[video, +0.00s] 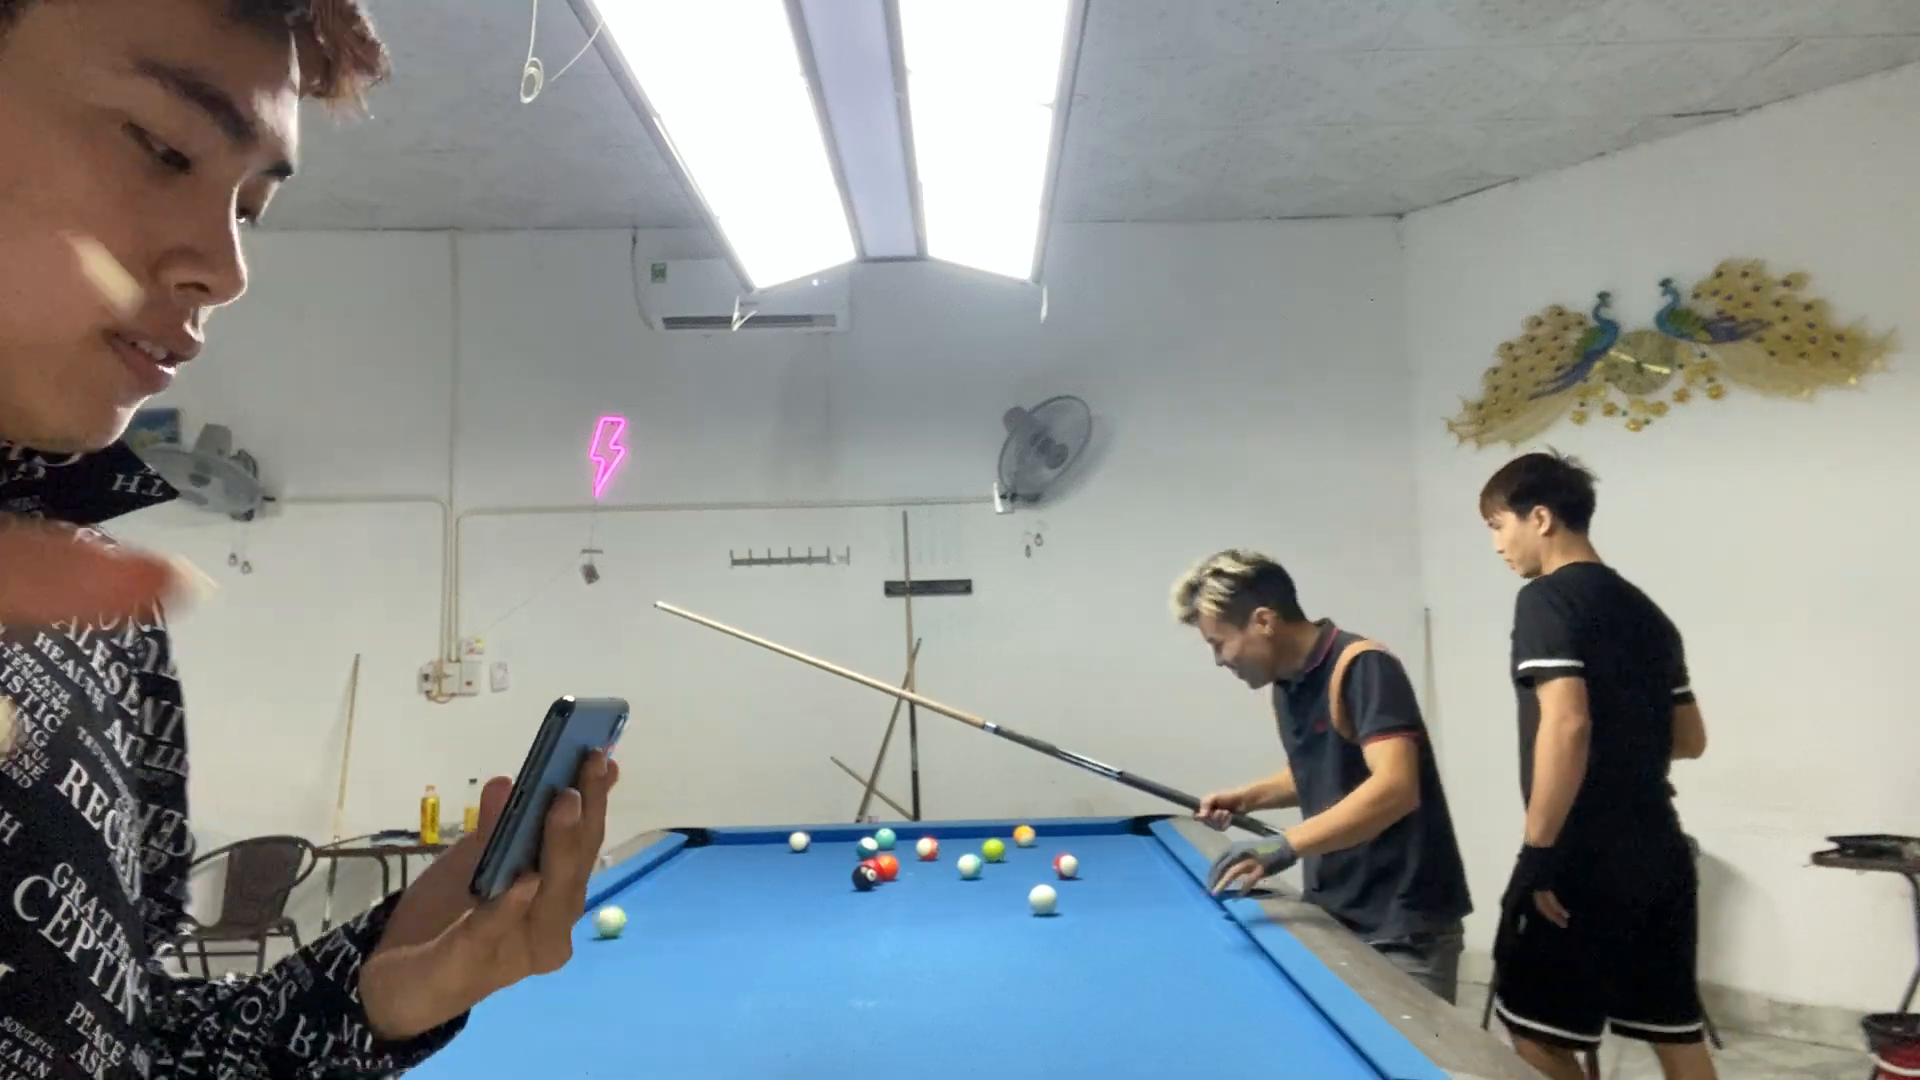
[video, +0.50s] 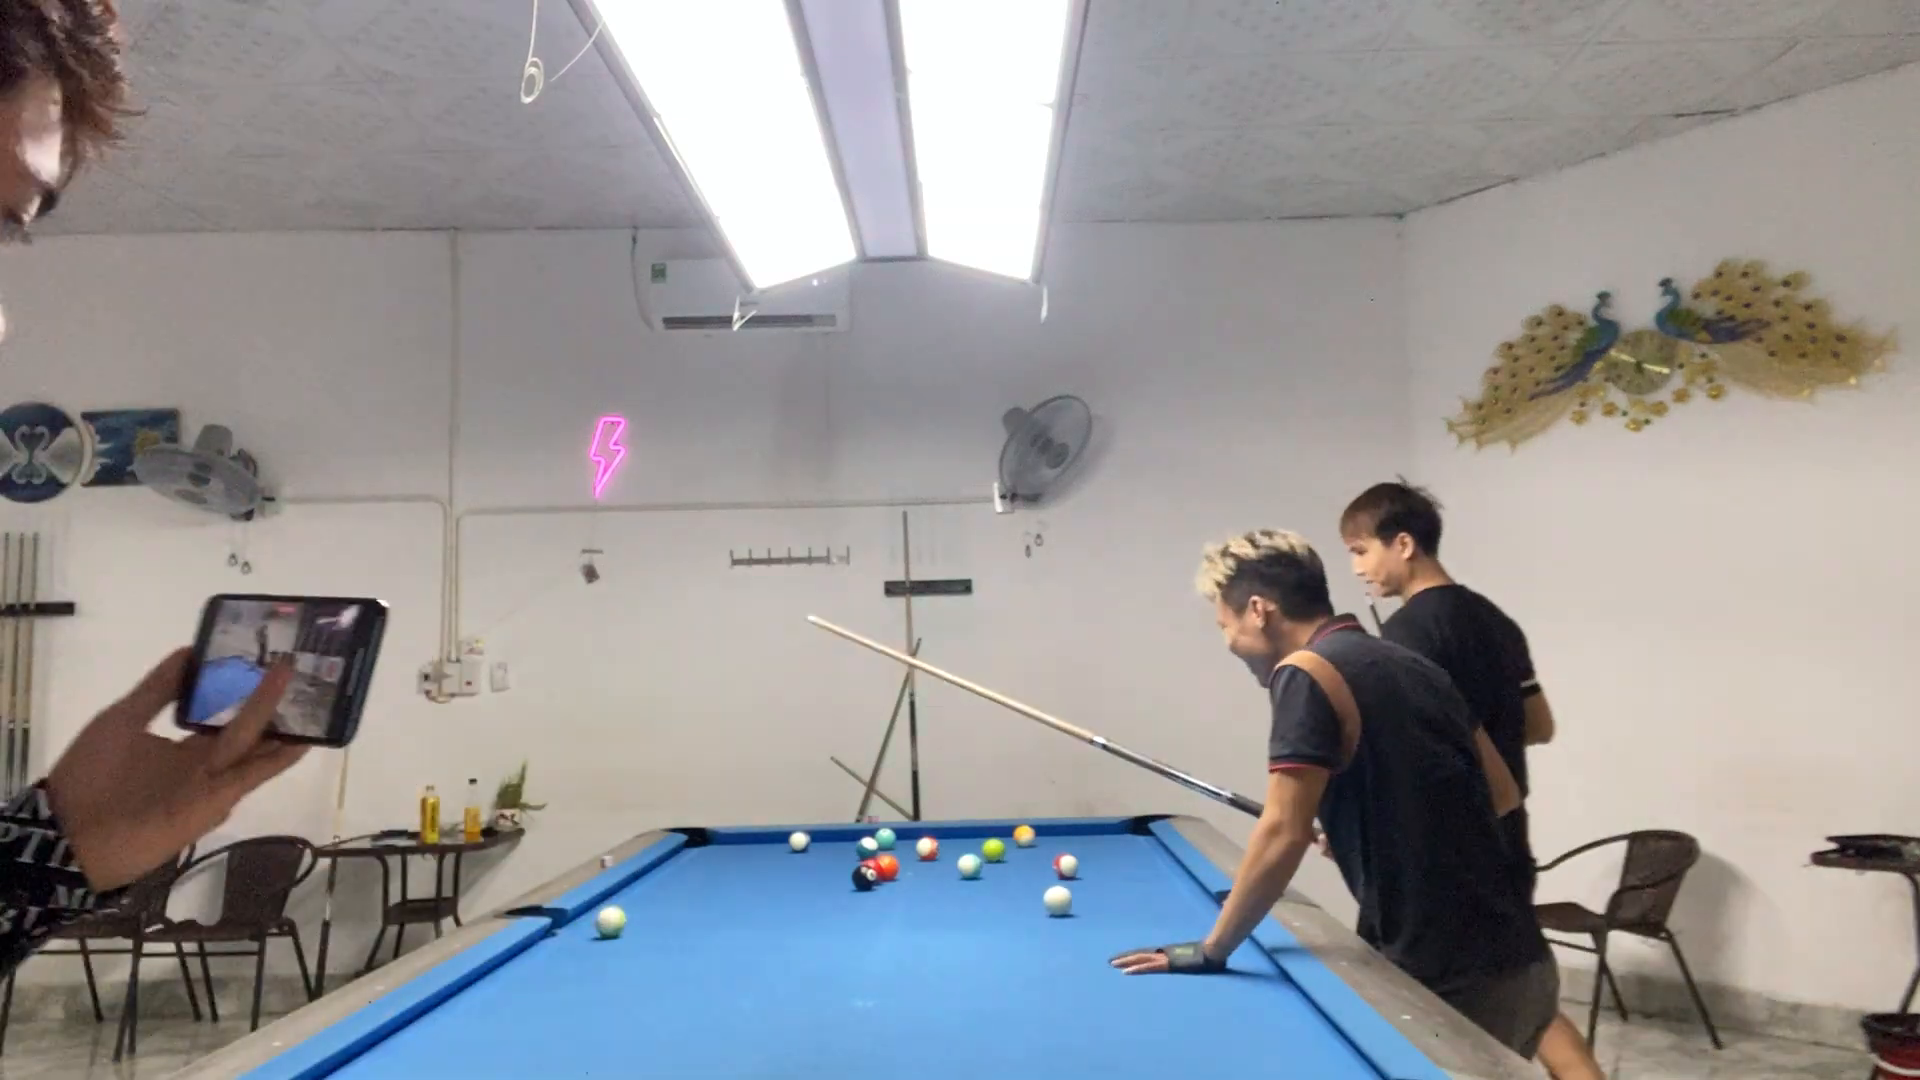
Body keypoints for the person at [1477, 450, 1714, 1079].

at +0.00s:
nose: (1496, 545)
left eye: (1498, 526)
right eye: (1491, 530)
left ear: (1542, 517)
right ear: (1560, 518)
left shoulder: (1545, 600)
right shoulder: (1649, 612)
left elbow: (1568, 724)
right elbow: (1688, 737)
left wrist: (1536, 855)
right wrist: (1599, 742)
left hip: (1575, 859)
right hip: (1657, 856)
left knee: (1541, 1040)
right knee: (1678, 1035)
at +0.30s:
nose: (1421, 568)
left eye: (1424, 550)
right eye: (1417, 552)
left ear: (1465, 545)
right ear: (1473, 544)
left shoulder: (1472, 625)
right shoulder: (1573, 624)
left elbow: (1491, 746)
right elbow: (1618, 740)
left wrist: (1472, 865)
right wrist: (1531, 735)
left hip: (1514, 867)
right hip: (1589, 858)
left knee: (1454, 1028)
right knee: (1631, 1031)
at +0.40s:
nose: (1388, 573)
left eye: (1391, 555)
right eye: (1384, 557)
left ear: (1434, 550)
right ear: (1441, 550)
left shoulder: (1439, 634)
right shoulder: (1532, 625)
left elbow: (1461, 750)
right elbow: (1579, 737)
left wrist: (1489, 799)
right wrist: (1500, 740)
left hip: (1477, 861)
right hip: (1545, 851)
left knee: (1451, 1020)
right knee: (1587, 1018)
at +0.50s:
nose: (1357, 569)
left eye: (1361, 552)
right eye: (1353, 555)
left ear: (1404, 544)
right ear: (1410, 545)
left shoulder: (1402, 633)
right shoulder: (1496, 618)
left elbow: (1396, 745)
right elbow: (1540, 725)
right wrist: (1447, 724)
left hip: (1442, 852)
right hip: (1509, 844)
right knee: (1534, 1005)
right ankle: (1584, 1073)